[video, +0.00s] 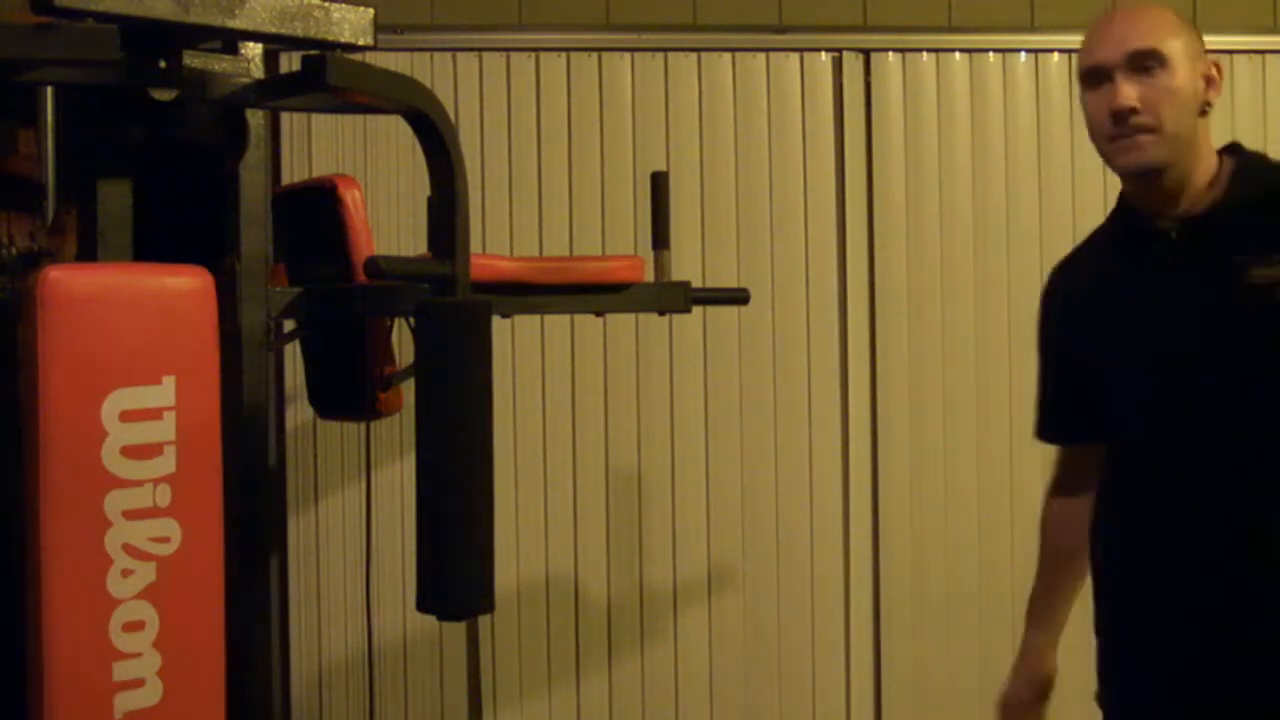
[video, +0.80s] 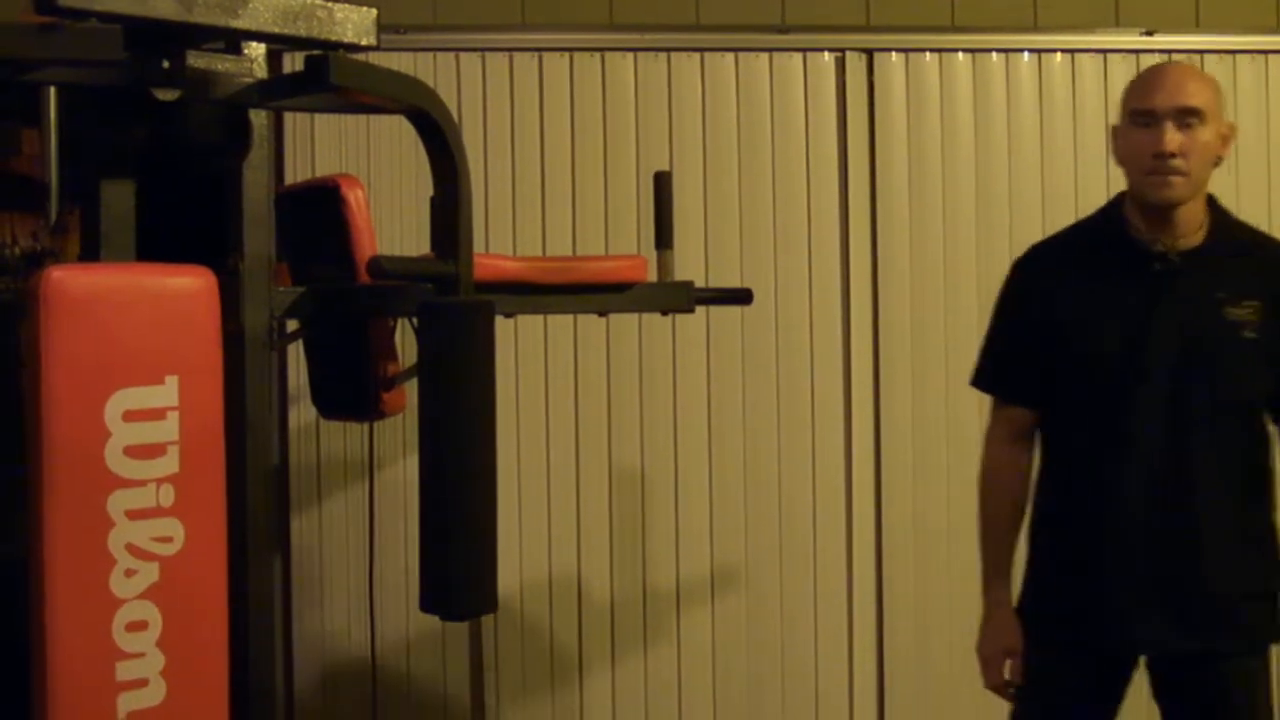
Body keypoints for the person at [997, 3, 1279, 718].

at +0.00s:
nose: (1123, 99)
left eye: (1148, 68)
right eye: (1099, 81)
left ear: (1208, 83)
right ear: (1083, 107)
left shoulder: (1275, 217)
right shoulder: (1083, 285)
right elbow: (1079, 474)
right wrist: (1037, 653)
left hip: (1277, 643)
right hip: (1157, 659)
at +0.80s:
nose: (1166, 141)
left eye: (1188, 120)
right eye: (1146, 121)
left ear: (1222, 142)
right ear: (1116, 141)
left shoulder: (1264, 269)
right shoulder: (1049, 272)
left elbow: (1275, 431)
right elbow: (1010, 436)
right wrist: (996, 601)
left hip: (1219, 591)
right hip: (1078, 590)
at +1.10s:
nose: (1084, 144)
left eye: (1106, 125)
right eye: (1063, 127)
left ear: (1139, 146)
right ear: (1038, 149)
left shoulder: (1192, 272)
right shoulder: (978, 275)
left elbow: (1223, 446)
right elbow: (937, 432)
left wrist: (1194, 614)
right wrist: (935, 591)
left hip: (1138, 588)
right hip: (1006, 588)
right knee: (983, 716)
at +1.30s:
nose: (1036, 159)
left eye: (1056, 141)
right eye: (1014, 143)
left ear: (1088, 164)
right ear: (988, 169)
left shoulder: (1147, 283)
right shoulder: (941, 288)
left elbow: (1171, 451)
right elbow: (845, 437)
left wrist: (1163, 608)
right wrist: (912, 563)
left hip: (1091, 591)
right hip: (957, 594)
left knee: (1122, 711)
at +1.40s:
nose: (1018, 152)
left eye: (1038, 134)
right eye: (996, 135)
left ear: (1068, 157)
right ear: (969, 162)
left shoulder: (1132, 276)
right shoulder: (923, 284)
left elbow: (1168, 437)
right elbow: (824, 427)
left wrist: (1145, 567)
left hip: (1082, 597)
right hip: (951, 596)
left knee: (1116, 716)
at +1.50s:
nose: (1005, 148)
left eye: (1024, 130)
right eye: (983, 132)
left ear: (1052, 154)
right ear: (954, 160)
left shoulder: (1120, 267)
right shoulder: (908, 282)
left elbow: (1152, 434)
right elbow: (832, 442)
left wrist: (1116, 535)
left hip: (1077, 580)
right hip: (948, 584)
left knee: (1097, 714)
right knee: (946, 715)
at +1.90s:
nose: (1021, 149)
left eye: (1038, 127)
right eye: (994, 131)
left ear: (1060, 150)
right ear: (955, 160)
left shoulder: (1134, 257)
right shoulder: (910, 290)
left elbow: (1163, 435)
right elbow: (913, 460)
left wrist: (1082, 503)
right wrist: (920, 291)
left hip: (1105, 610)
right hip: (970, 614)